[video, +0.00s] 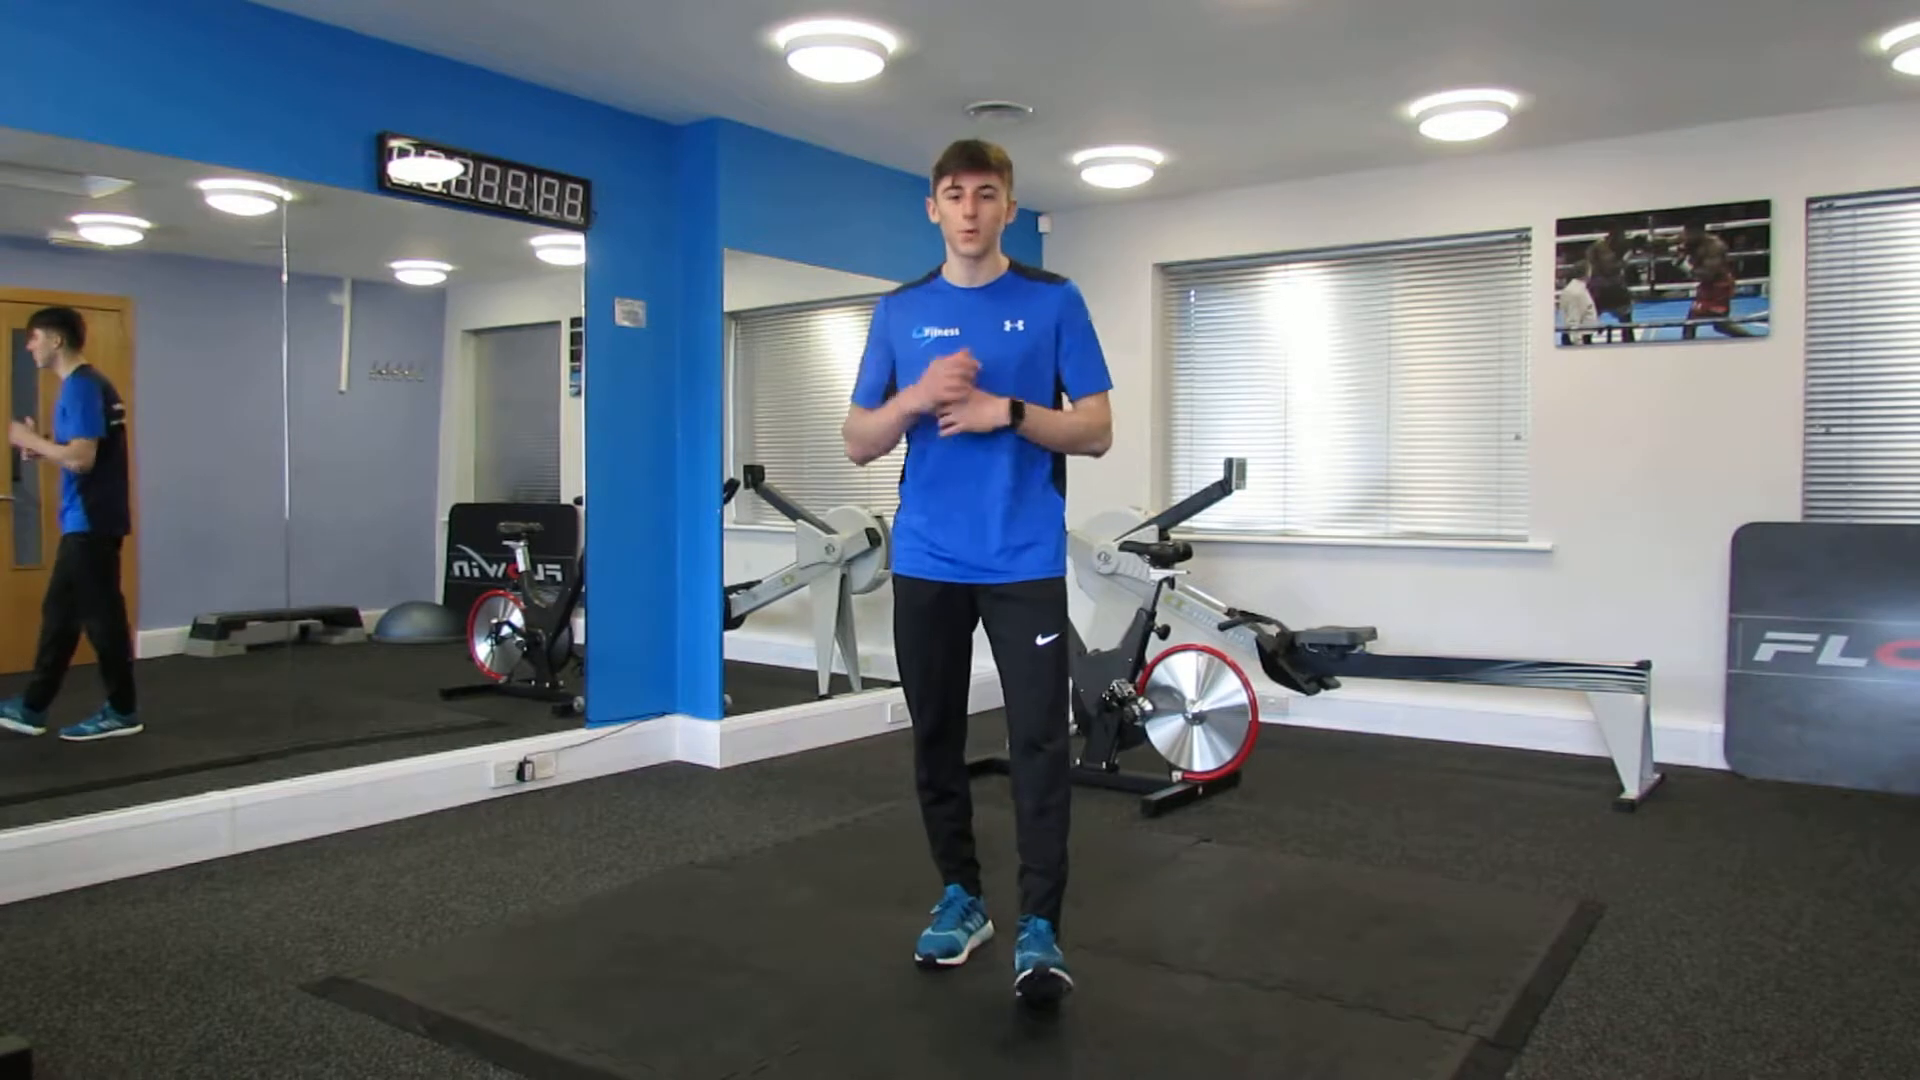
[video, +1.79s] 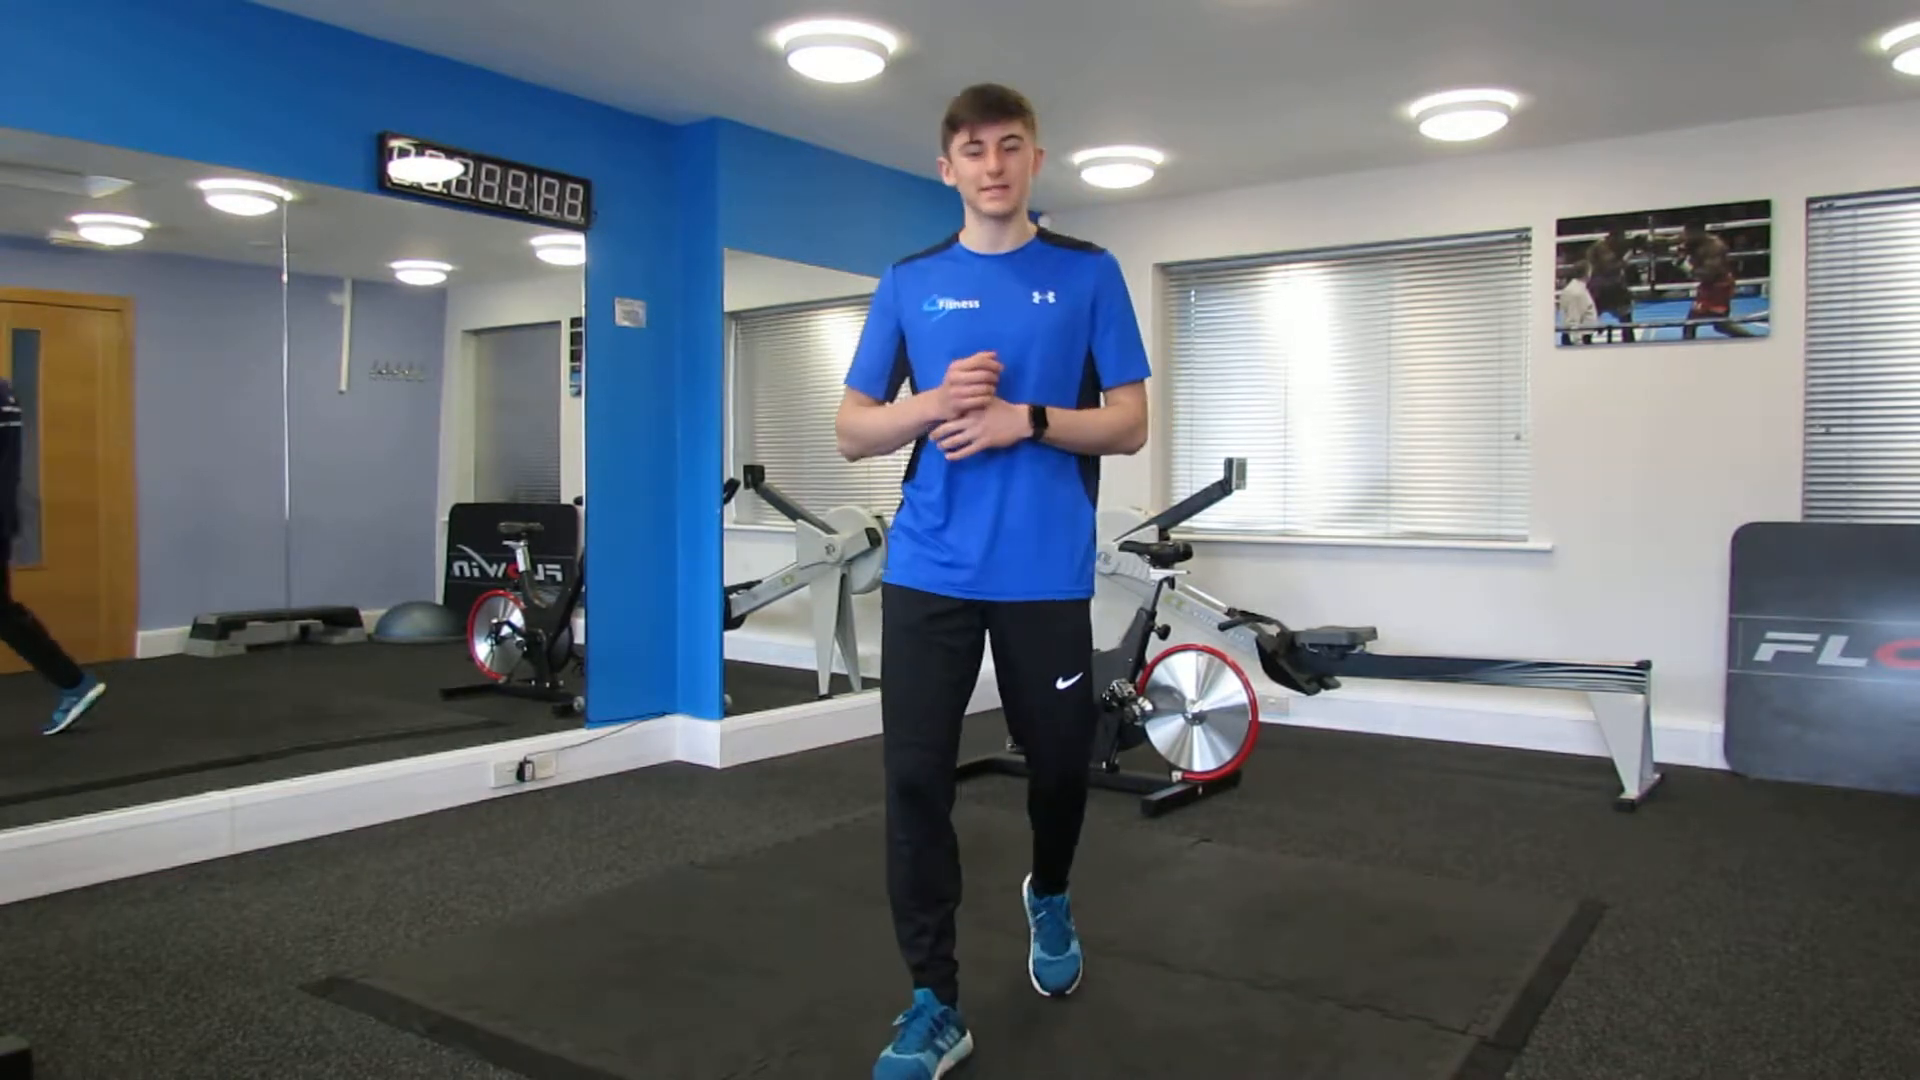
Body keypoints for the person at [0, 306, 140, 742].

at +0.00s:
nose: (30, 347)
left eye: (34, 338)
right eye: (30, 338)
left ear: (57, 340)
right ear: (61, 341)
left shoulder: (83, 386)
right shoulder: (87, 384)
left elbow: (82, 457)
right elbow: (89, 451)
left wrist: (34, 441)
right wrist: (47, 450)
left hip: (93, 527)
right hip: (87, 526)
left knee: (101, 616)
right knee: (60, 613)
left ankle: (122, 709)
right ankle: (32, 708)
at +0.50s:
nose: (40, 345)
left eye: (45, 336)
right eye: (41, 336)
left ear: (67, 339)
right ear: (75, 340)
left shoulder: (92, 387)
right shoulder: (92, 384)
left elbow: (89, 458)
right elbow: (87, 454)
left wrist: (44, 447)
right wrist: (49, 452)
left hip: (92, 526)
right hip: (86, 525)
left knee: (94, 610)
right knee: (65, 604)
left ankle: (117, 708)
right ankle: (96, 702)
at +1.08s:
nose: (14, 350)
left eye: (19, 340)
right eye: (15, 341)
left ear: (38, 342)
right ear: (49, 343)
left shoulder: (54, 389)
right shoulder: (83, 388)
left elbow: (54, 456)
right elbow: (70, 454)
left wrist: (13, 448)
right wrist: (22, 451)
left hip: (57, 524)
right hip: (84, 523)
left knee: (31, 607)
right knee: (75, 606)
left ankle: (99, 694)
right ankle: (98, 698)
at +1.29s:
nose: (1, 350)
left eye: (5, 341)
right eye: (2, 341)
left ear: (24, 344)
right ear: (38, 345)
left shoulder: (39, 387)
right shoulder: (70, 388)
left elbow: (47, 457)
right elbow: (69, 457)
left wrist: (6, 450)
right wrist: (20, 452)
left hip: (37, 525)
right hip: (70, 525)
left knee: (8, 609)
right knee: (72, 610)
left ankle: (39, 703)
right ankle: (100, 703)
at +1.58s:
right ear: (11, 343)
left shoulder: (9, 388)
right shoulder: (32, 389)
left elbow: (11, 459)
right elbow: (37, 459)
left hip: (16, 528)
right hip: (40, 526)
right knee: (54, 611)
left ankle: (97, 700)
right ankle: (97, 701)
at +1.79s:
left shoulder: (6, 400)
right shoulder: (7, 399)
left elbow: (8, 472)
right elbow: (10, 472)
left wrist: (11, 525)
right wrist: (11, 525)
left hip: (3, 527)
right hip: (3, 526)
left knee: (5, 611)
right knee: (5, 610)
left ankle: (74, 682)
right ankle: (73, 682)